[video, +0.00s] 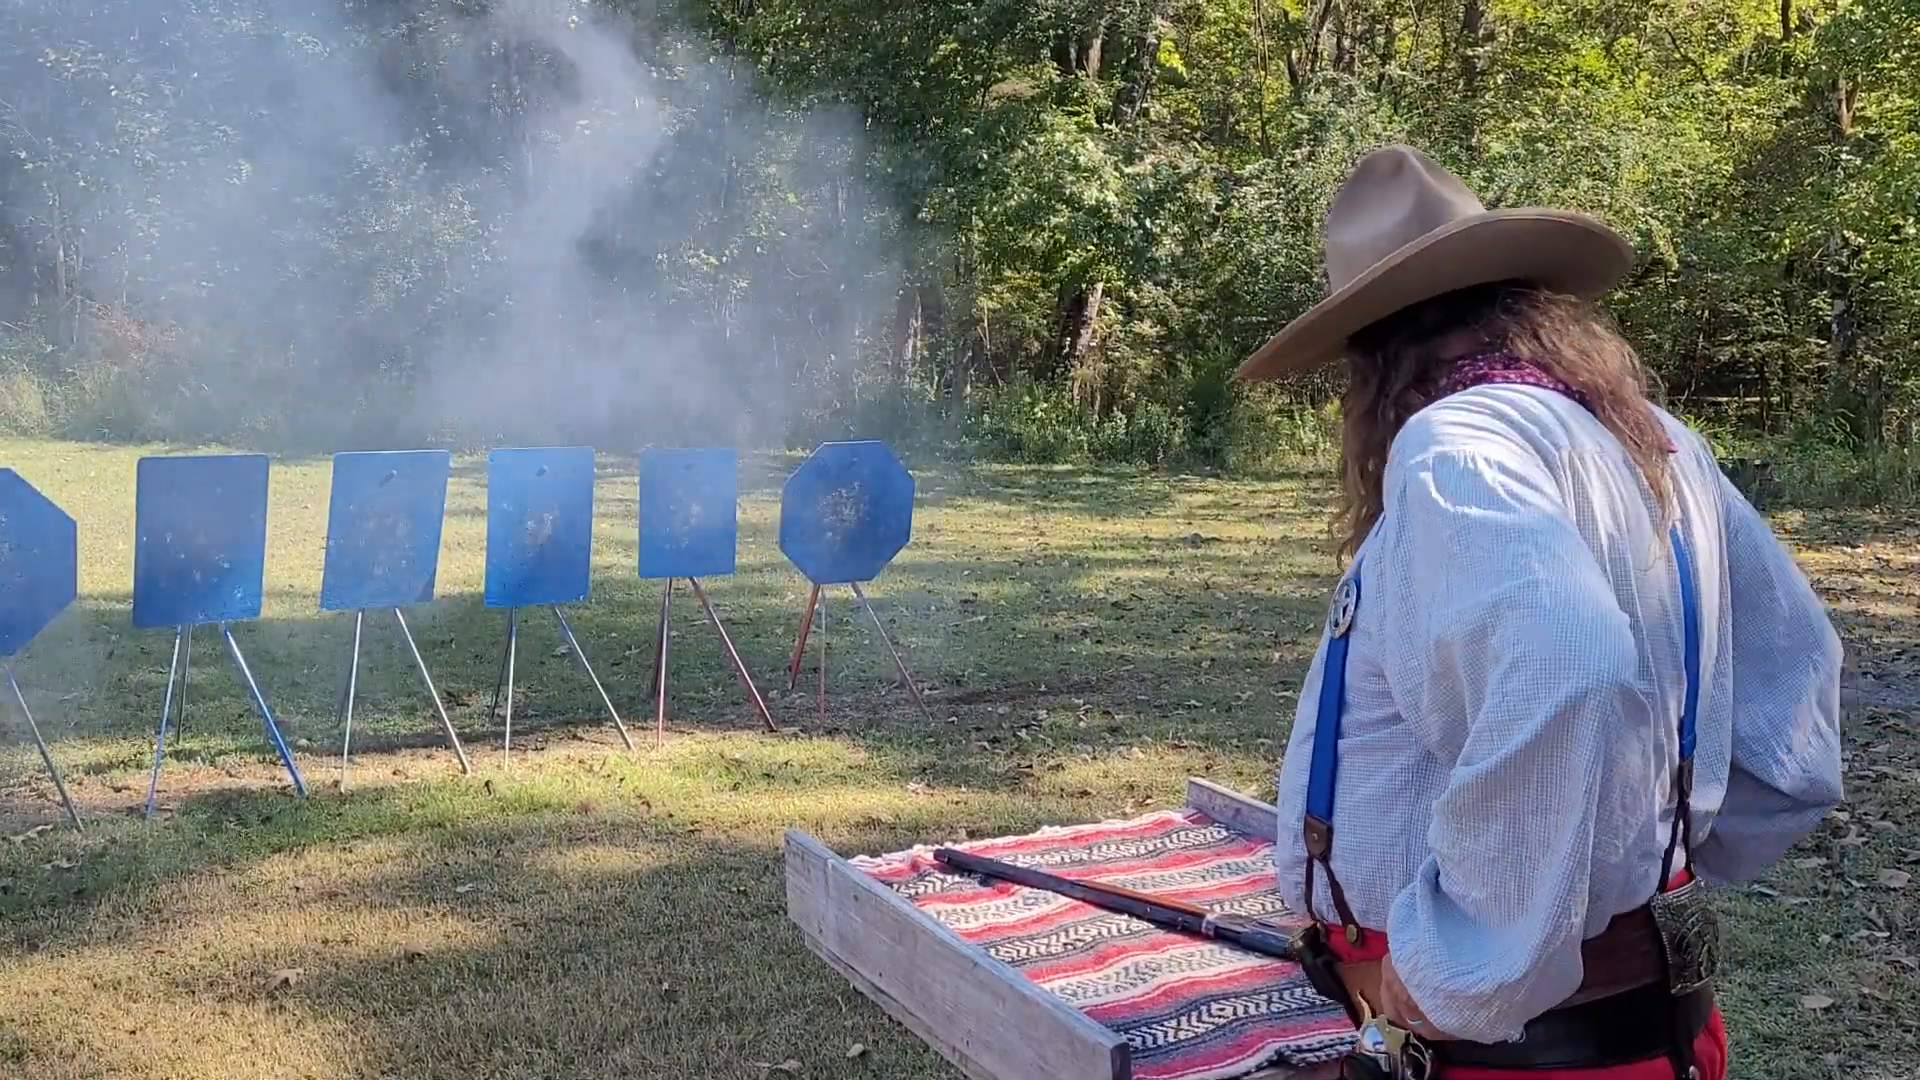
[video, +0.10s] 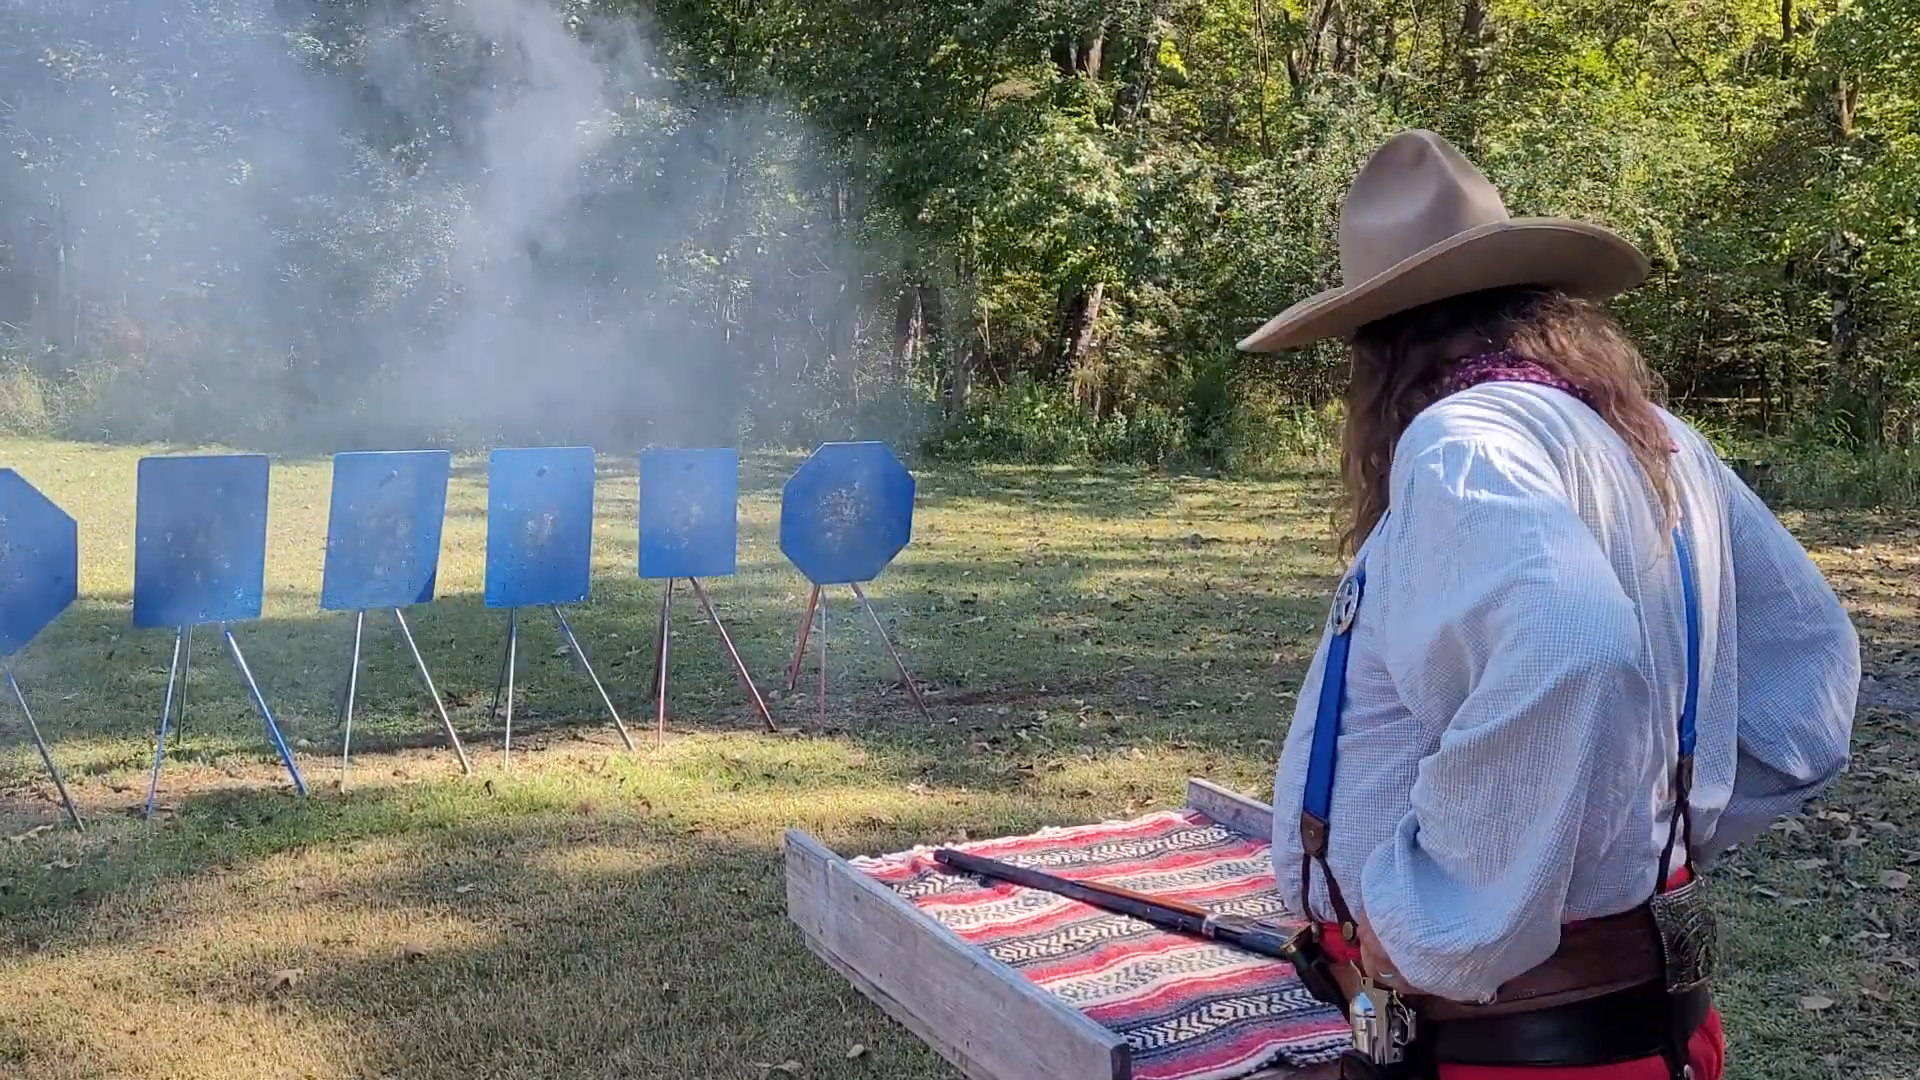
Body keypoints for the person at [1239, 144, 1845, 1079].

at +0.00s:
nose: (1352, 391)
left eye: (1352, 365)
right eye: (1347, 367)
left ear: (1385, 354)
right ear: (1528, 305)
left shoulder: (1453, 446)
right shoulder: (1663, 441)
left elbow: (1566, 672)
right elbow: (1798, 740)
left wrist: (1446, 974)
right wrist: (1668, 855)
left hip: (1503, 1039)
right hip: (1664, 1001)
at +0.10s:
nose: (1357, 375)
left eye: (1359, 348)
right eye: (1354, 349)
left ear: (1391, 345)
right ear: (1535, 304)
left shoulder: (1461, 442)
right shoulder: (1666, 438)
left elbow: (1569, 648)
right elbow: (1813, 686)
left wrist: (1429, 912)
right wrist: (1673, 829)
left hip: (1503, 1027)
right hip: (1659, 993)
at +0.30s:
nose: (1372, 348)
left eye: (1381, 321)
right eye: (1373, 320)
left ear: (1427, 321)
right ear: (1551, 301)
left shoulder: (1484, 423)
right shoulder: (1675, 447)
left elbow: (1496, 598)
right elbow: (1751, 677)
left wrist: (1271, 678)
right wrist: (1668, 803)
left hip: (1482, 1028)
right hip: (1641, 995)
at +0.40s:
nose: (1393, 335)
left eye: (1404, 309)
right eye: (1395, 308)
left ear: (1446, 312)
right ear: (1574, 297)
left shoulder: (1497, 433)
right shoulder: (1679, 451)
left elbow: (1408, 665)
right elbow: (1711, 781)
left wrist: (1238, 662)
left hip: (1482, 1031)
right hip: (1635, 1000)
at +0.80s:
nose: (1400, 332)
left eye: (1411, 308)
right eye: (1406, 305)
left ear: (1442, 322)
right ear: (1586, 315)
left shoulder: (1486, 461)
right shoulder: (1665, 463)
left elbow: (1265, 757)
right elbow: (1713, 790)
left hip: (1496, 1044)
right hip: (1649, 1006)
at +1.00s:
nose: (1394, 336)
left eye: (1406, 312)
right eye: (1401, 308)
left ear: (1438, 326)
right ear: (1583, 319)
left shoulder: (1479, 466)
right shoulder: (1674, 470)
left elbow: (1271, 753)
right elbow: (1714, 785)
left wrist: (1229, 680)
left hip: (1489, 1041)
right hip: (1648, 1004)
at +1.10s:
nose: (1395, 333)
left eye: (1406, 309)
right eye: (1400, 306)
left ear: (1441, 321)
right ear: (1581, 313)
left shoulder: (1485, 472)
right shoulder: (1671, 469)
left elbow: (1312, 761)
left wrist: (1216, 705)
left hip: (1492, 1042)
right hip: (1649, 1008)